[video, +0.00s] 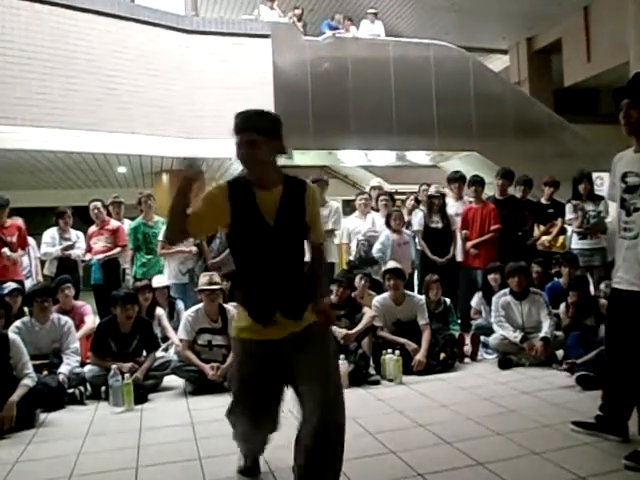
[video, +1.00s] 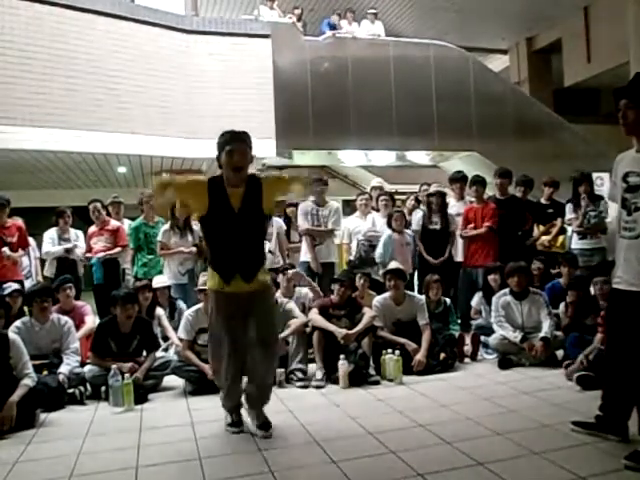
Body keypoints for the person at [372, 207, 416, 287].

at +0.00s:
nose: (398, 222)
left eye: (400, 219)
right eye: (394, 220)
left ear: (403, 221)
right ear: (389, 221)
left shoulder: (409, 235)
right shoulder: (386, 235)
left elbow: (414, 249)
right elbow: (376, 251)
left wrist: (413, 261)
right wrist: (385, 264)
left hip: (408, 271)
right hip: (392, 271)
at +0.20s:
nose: (398, 223)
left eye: (401, 219)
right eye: (395, 220)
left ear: (404, 221)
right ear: (390, 221)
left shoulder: (409, 235)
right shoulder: (387, 235)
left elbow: (414, 249)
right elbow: (375, 250)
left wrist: (412, 260)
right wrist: (383, 264)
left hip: (408, 271)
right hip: (391, 271)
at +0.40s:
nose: (398, 223)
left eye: (401, 220)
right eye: (395, 220)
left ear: (404, 221)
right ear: (390, 221)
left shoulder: (409, 235)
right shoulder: (387, 235)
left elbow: (413, 250)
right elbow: (375, 250)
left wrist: (412, 261)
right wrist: (383, 264)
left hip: (408, 271)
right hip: (392, 271)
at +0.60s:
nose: (399, 223)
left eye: (401, 220)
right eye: (395, 220)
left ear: (405, 221)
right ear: (390, 222)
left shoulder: (409, 235)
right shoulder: (387, 235)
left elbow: (412, 251)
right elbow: (375, 250)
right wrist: (382, 264)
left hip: (407, 270)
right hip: (392, 270)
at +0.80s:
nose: (399, 223)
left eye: (401, 220)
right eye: (396, 220)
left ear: (405, 221)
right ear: (391, 222)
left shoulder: (409, 235)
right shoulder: (388, 235)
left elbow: (413, 252)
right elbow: (377, 252)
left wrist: (412, 265)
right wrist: (382, 268)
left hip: (408, 271)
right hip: (393, 271)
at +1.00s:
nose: (399, 223)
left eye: (401, 220)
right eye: (396, 220)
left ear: (405, 221)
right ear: (390, 222)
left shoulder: (410, 235)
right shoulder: (388, 236)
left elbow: (413, 253)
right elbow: (379, 256)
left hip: (409, 272)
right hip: (394, 273)